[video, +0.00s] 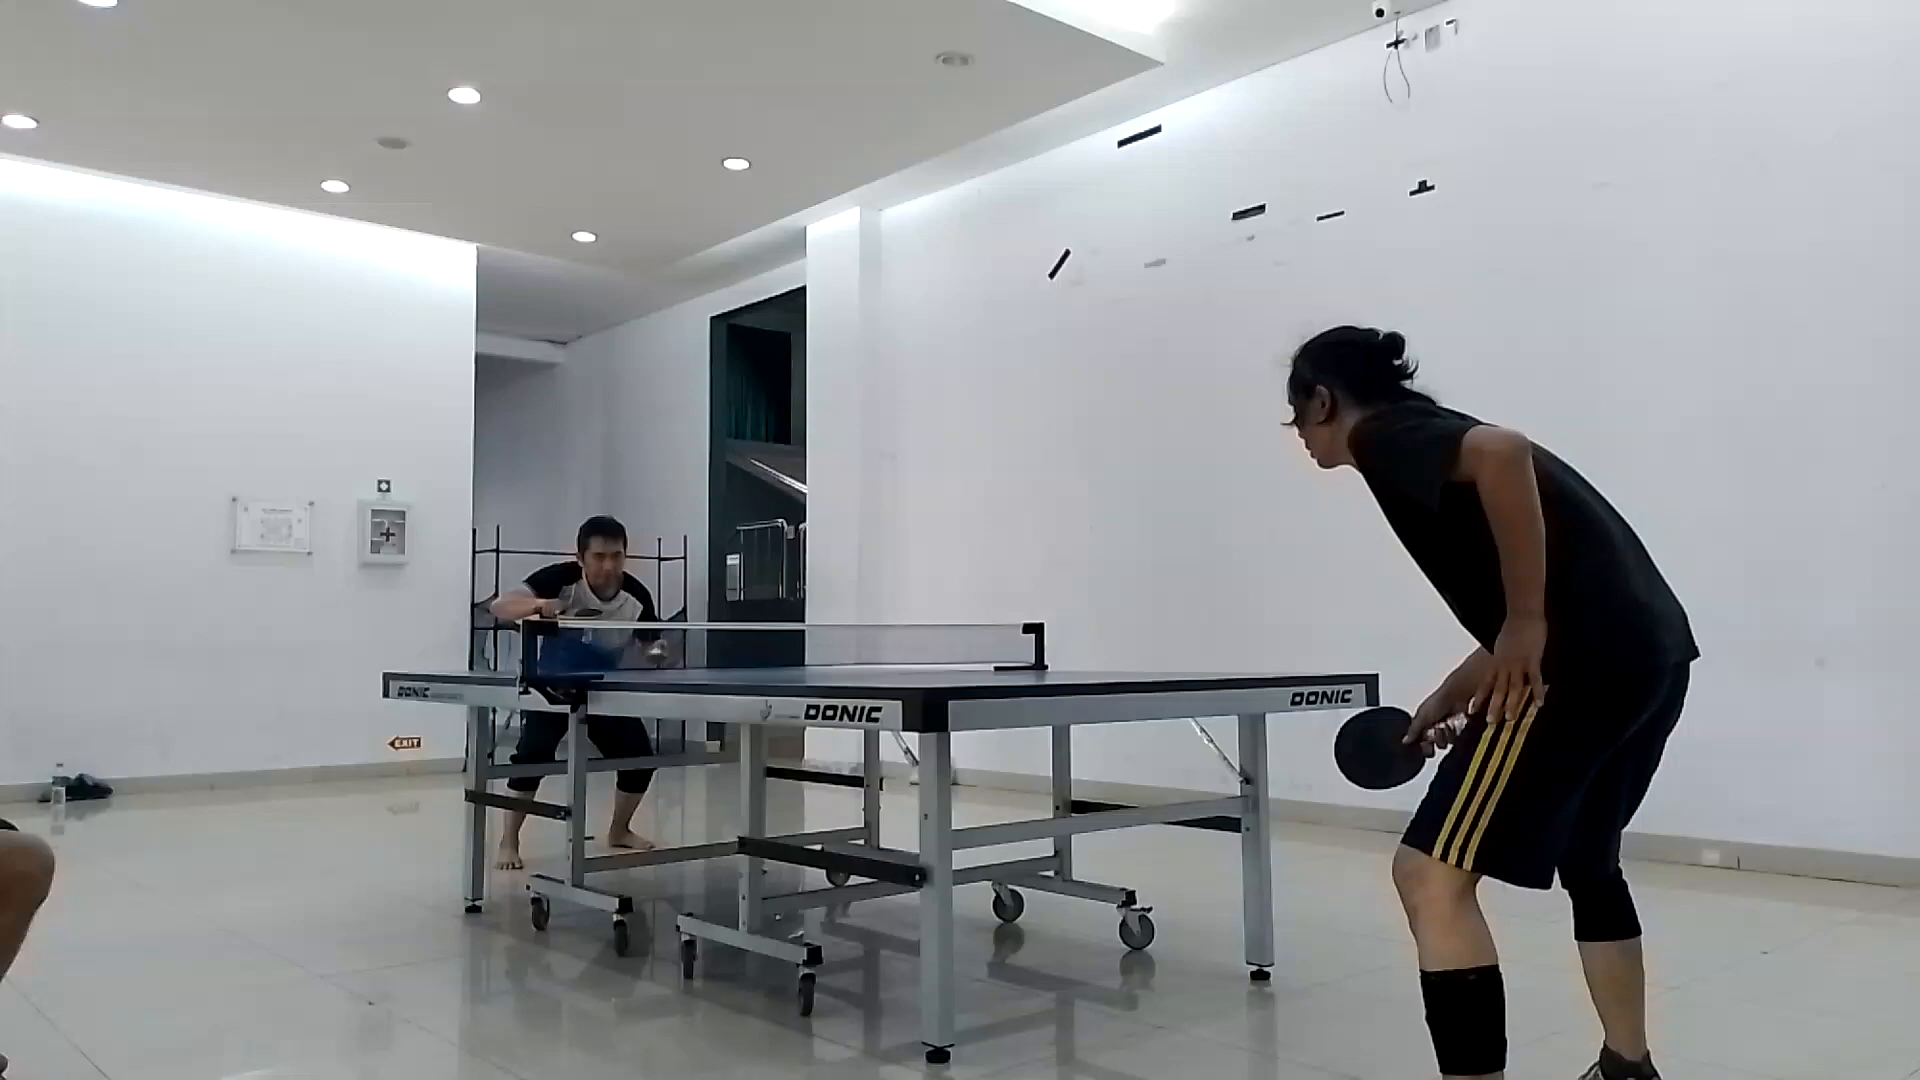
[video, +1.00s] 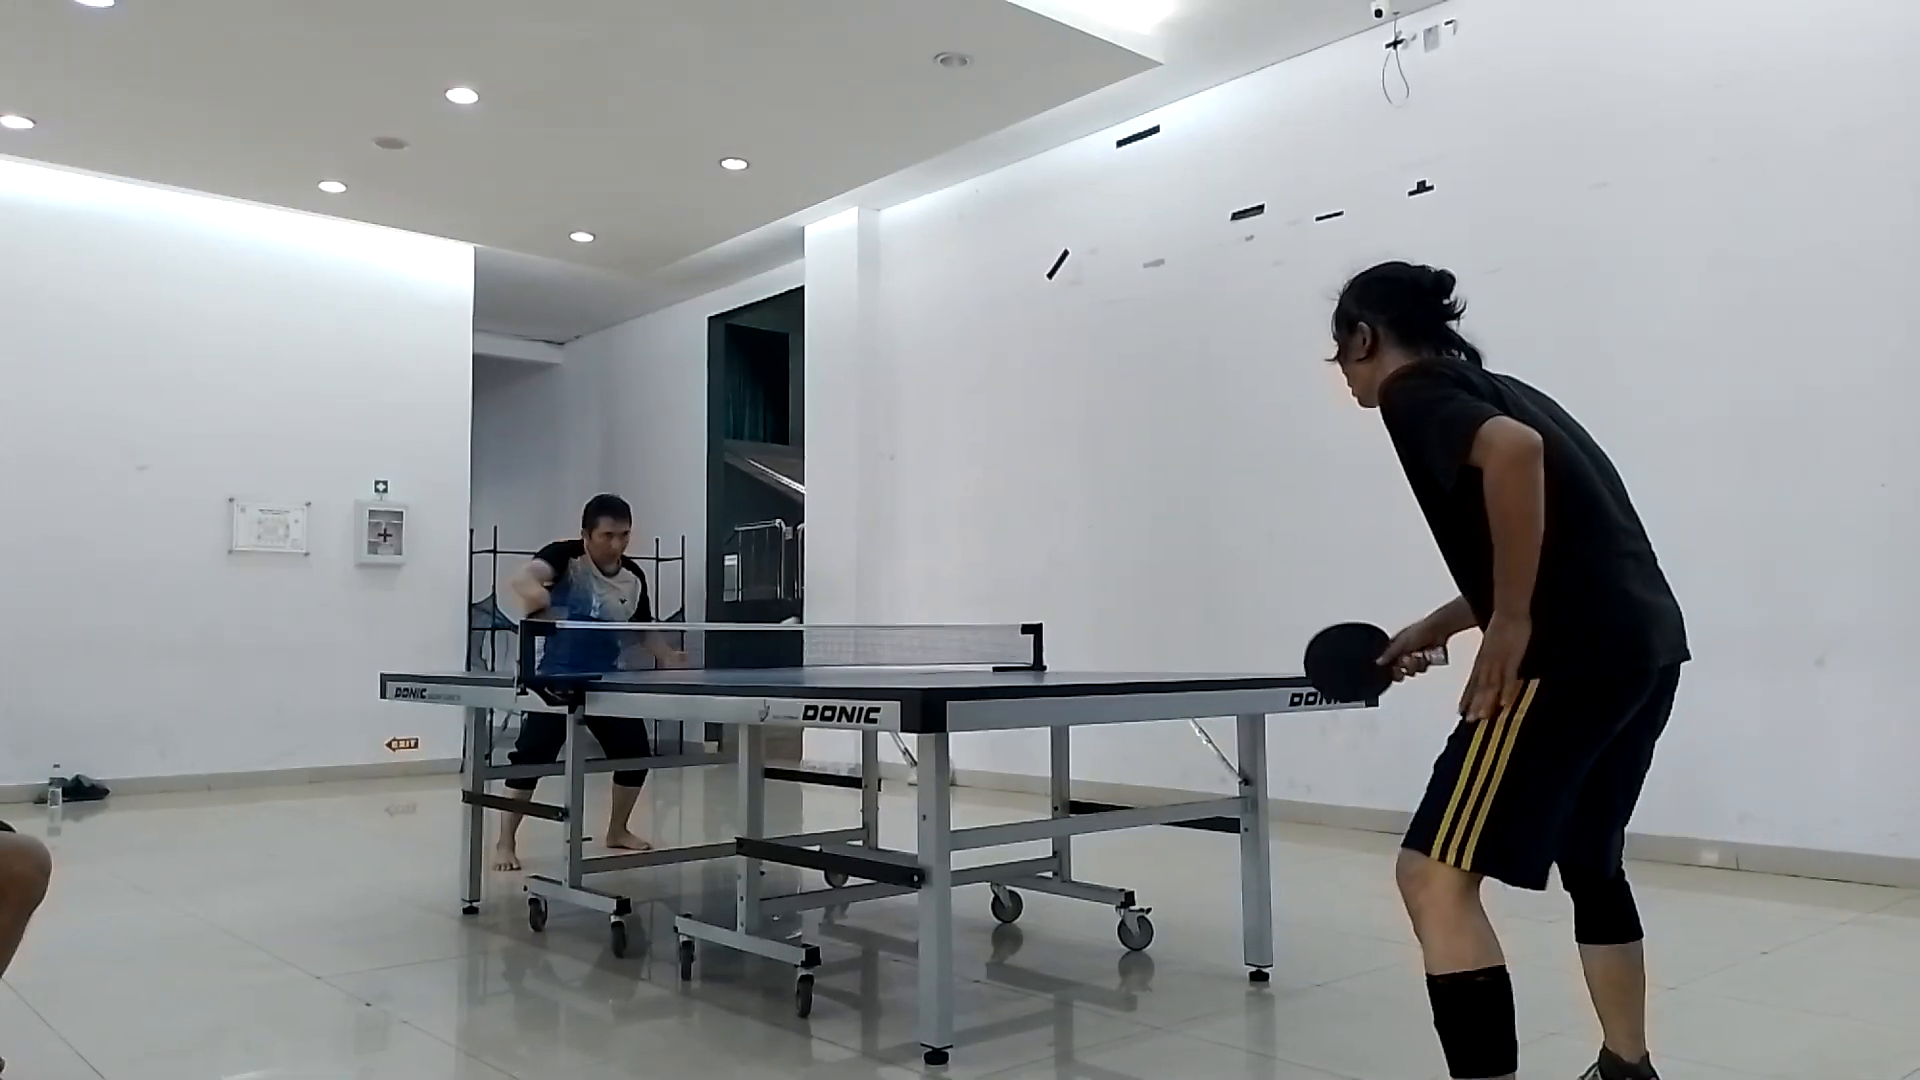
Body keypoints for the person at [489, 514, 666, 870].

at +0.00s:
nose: (608, 565)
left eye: (615, 556)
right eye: (599, 556)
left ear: (624, 556)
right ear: (581, 556)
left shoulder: (637, 596)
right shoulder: (559, 578)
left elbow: (649, 651)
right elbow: (500, 608)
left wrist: (656, 655)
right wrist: (539, 605)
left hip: (606, 694)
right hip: (549, 691)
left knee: (641, 762)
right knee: (532, 759)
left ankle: (619, 831)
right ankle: (510, 841)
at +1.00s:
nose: (617, 545)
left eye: (623, 536)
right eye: (608, 535)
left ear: (630, 535)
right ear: (587, 533)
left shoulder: (634, 578)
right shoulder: (563, 555)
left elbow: (643, 632)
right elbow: (523, 577)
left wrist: (665, 652)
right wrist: (533, 592)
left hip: (606, 683)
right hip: (555, 680)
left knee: (636, 755)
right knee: (532, 756)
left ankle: (618, 831)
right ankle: (506, 841)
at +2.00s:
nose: (544, 558)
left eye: (550, 549)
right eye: (534, 549)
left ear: (556, 549)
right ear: (510, 550)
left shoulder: (563, 589)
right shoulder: (482, 583)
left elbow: (581, 642)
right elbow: (459, 645)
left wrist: (597, 649)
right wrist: (510, 661)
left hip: (538, 696)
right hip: (485, 696)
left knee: (585, 757)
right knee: (464, 762)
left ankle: (573, 828)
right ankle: (427, 845)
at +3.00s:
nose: (600, 506)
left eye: (605, 498)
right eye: (589, 499)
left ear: (613, 505)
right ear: (569, 509)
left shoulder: (633, 554)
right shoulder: (548, 552)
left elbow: (651, 614)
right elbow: (524, 615)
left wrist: (659, 654)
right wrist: (550, 625)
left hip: (610, 668)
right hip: (558, 668)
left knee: (645, 741)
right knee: (548, 748)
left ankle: (613, 806)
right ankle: (542, 830)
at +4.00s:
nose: (680, 523)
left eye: (686, 515)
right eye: (670, 518)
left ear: (697, 523)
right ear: (656, 529)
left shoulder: (722, 566)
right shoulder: (642, 570)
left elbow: (757, 601)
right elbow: (619, 627)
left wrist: (738, 610)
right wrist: (633, 630)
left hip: (705, 681)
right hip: (654, 680)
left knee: (728, 752)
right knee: (608, 745)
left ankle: (720, 823)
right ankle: (560, 818)